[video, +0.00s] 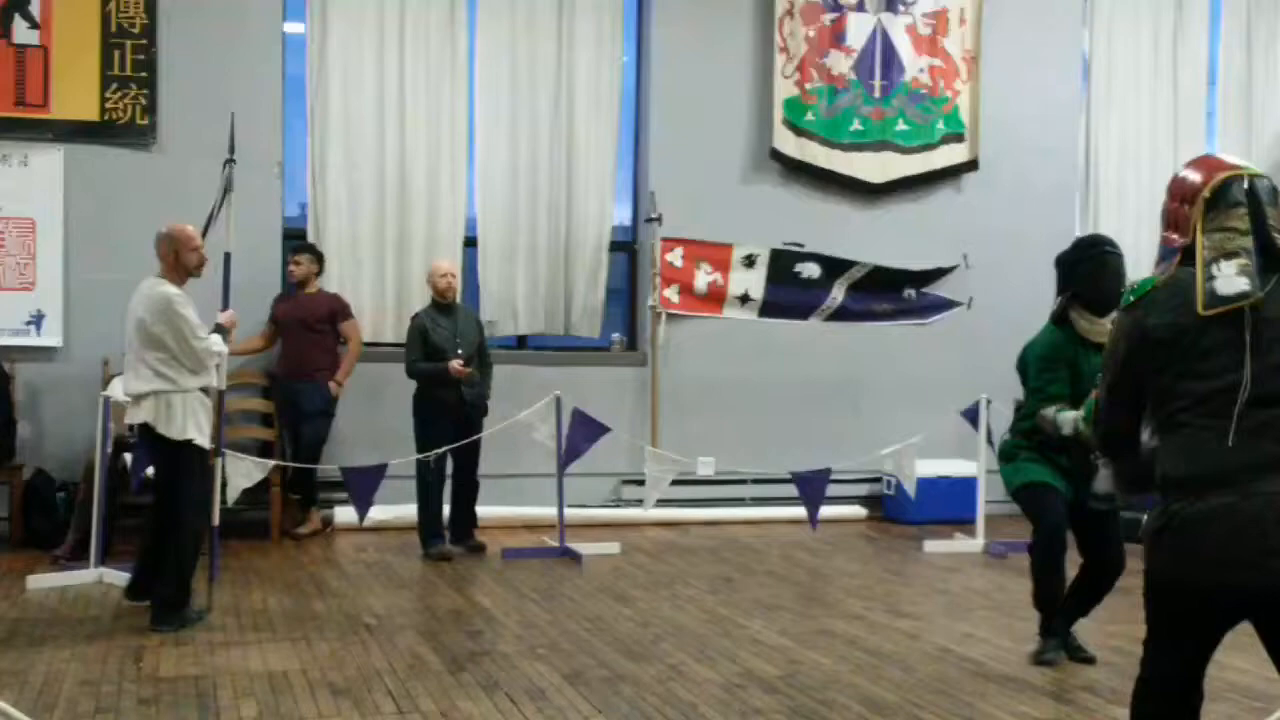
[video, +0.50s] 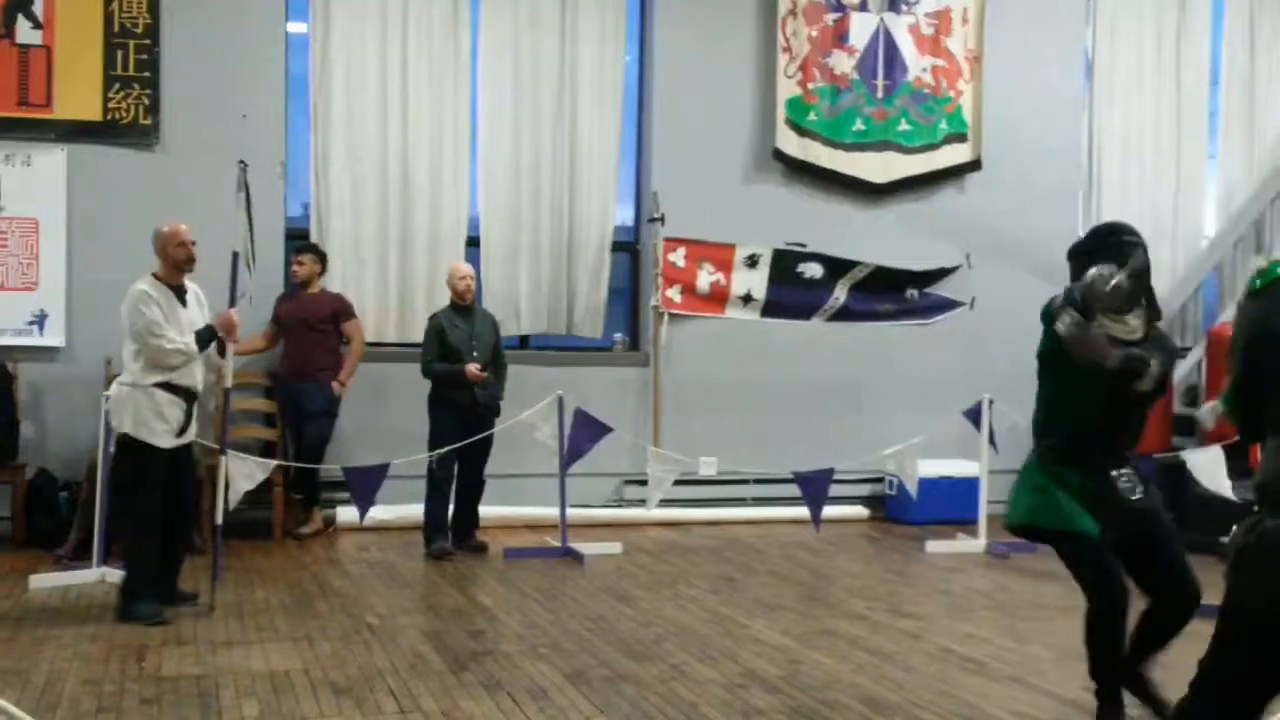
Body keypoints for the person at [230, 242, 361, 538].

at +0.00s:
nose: (292, 268)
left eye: (299, 263)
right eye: (291, 263)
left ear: (316, 268)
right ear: (290, 268)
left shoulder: (332, 302)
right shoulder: (282, 302)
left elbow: (355, 342)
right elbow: (265, 340)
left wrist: (338, 381)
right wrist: (228, 350)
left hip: (318, 385)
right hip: (286, 383)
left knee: (307, 450)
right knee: (294, 450)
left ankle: (310, 514)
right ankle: (308, 514)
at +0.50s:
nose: (295, 268)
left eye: (302, 263)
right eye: (294, 263)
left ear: (319, 268)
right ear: (293, 268)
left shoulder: (336, 303)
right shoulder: (285, 302)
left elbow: (358, 342)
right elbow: (268, 340)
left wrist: (341, 381)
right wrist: (232, 348)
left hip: (322, 385)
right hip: (289, 383)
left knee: (310, 451)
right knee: (296, 450)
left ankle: (313, 514)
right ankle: (308, 513)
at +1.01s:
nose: (292, 268)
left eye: (299, 263)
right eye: (291, 263)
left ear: (316, 267)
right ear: (289, 267)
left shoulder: (332, 302)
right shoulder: (281, 302)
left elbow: (354, 341)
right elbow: (263, 340)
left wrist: (338, 380)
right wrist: (224, 348)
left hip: (317, 385)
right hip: (285, 383)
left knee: (307, 449)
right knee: (293, 449)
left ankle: (308, 512)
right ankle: (305, 511)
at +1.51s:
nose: (289, 266)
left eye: (296, 262)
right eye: (288, 262)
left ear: (314, 266)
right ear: (288, 265)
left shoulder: (330, 301)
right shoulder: (280, 301)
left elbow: (352, 339)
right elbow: (260, 338)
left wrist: (336, 379)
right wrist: (222, 348)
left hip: (316, 384)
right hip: (282, 383)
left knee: (305, 448)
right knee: (292, 448)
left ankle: (304, 510)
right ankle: (305, 510)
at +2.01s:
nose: (273, 265)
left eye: (280, 260)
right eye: (272, 260)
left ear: (297, 264)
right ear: (270, 264)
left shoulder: (315, 299)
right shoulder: (263, 299)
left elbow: (336, 338)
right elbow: (245, 336)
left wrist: (320, 377)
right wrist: (205, 347)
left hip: (300, 382)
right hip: (267, 380)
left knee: (289, 445)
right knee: (275, 445)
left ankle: (289, 510)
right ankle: (288, 510)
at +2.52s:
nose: (274, 265)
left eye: (280, 260)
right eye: (272, 260)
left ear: (298, 264)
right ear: (272, 264)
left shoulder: (316, 298)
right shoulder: (264, 299)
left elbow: (337, 339)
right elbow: (246, 336)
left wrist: (321, 377)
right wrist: (204, 348)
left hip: (300, 382)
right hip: (267, 380)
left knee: (290, 445)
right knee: (277, 445)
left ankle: (289, 509)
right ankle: (292, 510)